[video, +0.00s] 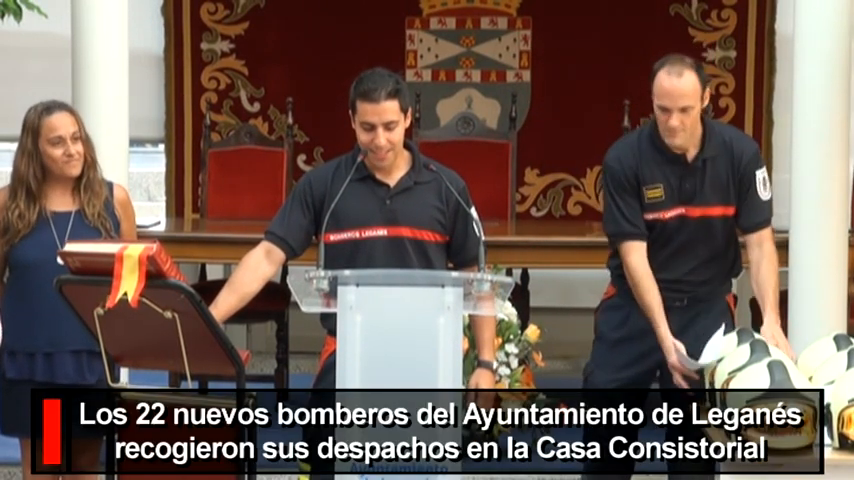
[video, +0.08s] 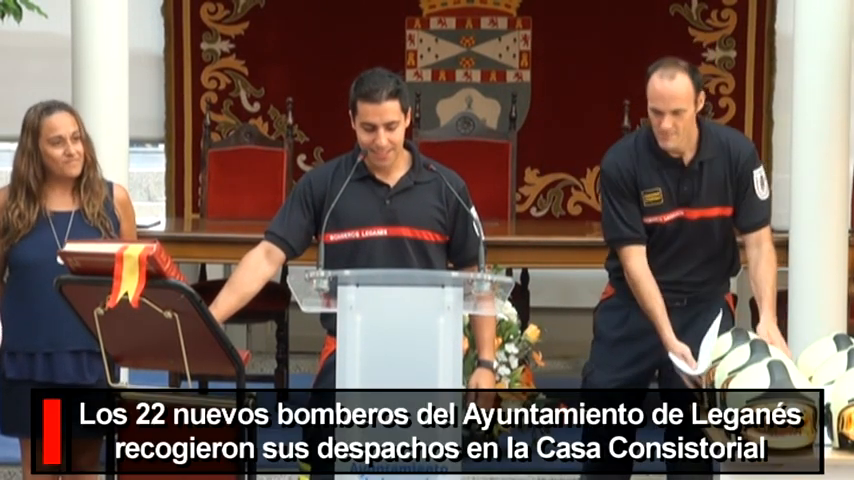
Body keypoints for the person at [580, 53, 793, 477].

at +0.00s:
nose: (674, 122)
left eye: (684, 110)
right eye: (664, 110)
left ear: (704, 100)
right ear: (651, 102)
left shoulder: (740, 153)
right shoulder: (625, 160)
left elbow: (759, 242)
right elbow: (633, 257)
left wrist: (771, 321)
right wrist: (664, 336)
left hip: (706, 310)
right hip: (634, 307)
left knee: (698, 441)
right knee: (605, 432)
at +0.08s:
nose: (666, 124)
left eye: (677, 112)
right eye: (657, 112)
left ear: (700, 103)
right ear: (646, 106)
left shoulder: (737, 153)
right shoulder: (622, 163)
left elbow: (758, 242)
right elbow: (633, 262)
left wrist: (768, 320)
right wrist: (669, 338)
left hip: (704, 309)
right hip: (633, 306)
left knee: (693, 436)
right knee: (603, 423)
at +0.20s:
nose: (655, 127)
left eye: (666, 115)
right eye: (647, 115)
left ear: (691, 105)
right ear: (637, 109)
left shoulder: (731, 153)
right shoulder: (617, 166)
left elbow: (755, 240)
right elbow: (628, 264)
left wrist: (760, 314)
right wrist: (666, 338)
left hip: (704, 311)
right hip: (632, 309)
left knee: (695, 438)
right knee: (602, 425)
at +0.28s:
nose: (647, 127)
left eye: (659, 115)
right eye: (639, 115)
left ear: (686, 106)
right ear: (630, 110)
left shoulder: (728, 152)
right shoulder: (613, 167)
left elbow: (755, 238)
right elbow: (622, 264)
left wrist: (752, 310)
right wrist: (660, 337)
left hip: (704, 313)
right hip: (630, 310)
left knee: (694, 444)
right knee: (603, 432)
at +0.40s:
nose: (638, 126)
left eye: (650, 114)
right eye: (631, 114)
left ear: (679, 104)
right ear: (622, 108)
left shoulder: (724, 151)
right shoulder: (607, 166)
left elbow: (755, 231)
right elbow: (610, 258)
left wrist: (738, 291)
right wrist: (646, 329)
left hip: (706, 309)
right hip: (631, 308)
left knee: (694, 441)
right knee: (600, 411)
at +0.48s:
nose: (639, 125)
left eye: (649, 112)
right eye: (630, 113)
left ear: (675, 101)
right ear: (621, 107)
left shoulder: (722, 150)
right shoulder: (604, 164)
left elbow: (758, 224)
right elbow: (601, 251)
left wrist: (726, 275)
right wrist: (631, 321)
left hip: (698, 312)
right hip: (625, 312)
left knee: (692, 446)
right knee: (601, 438)